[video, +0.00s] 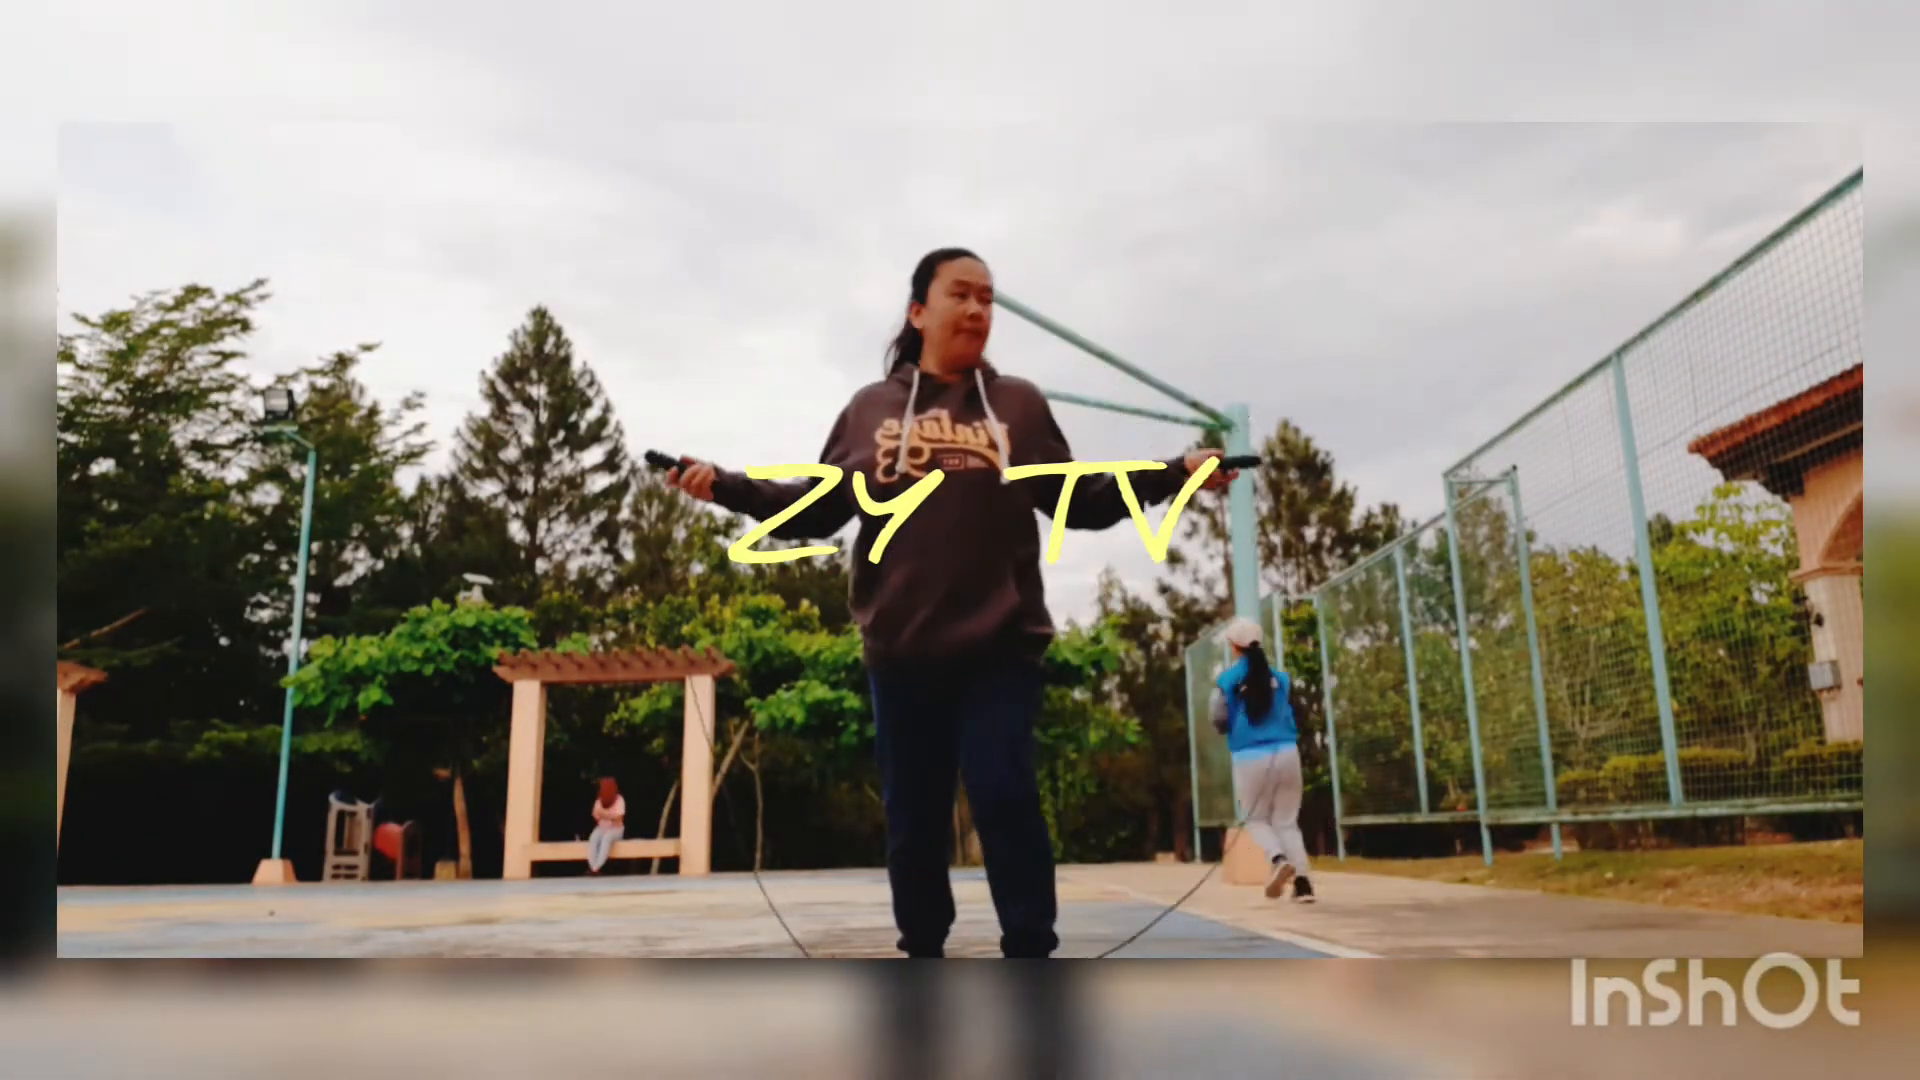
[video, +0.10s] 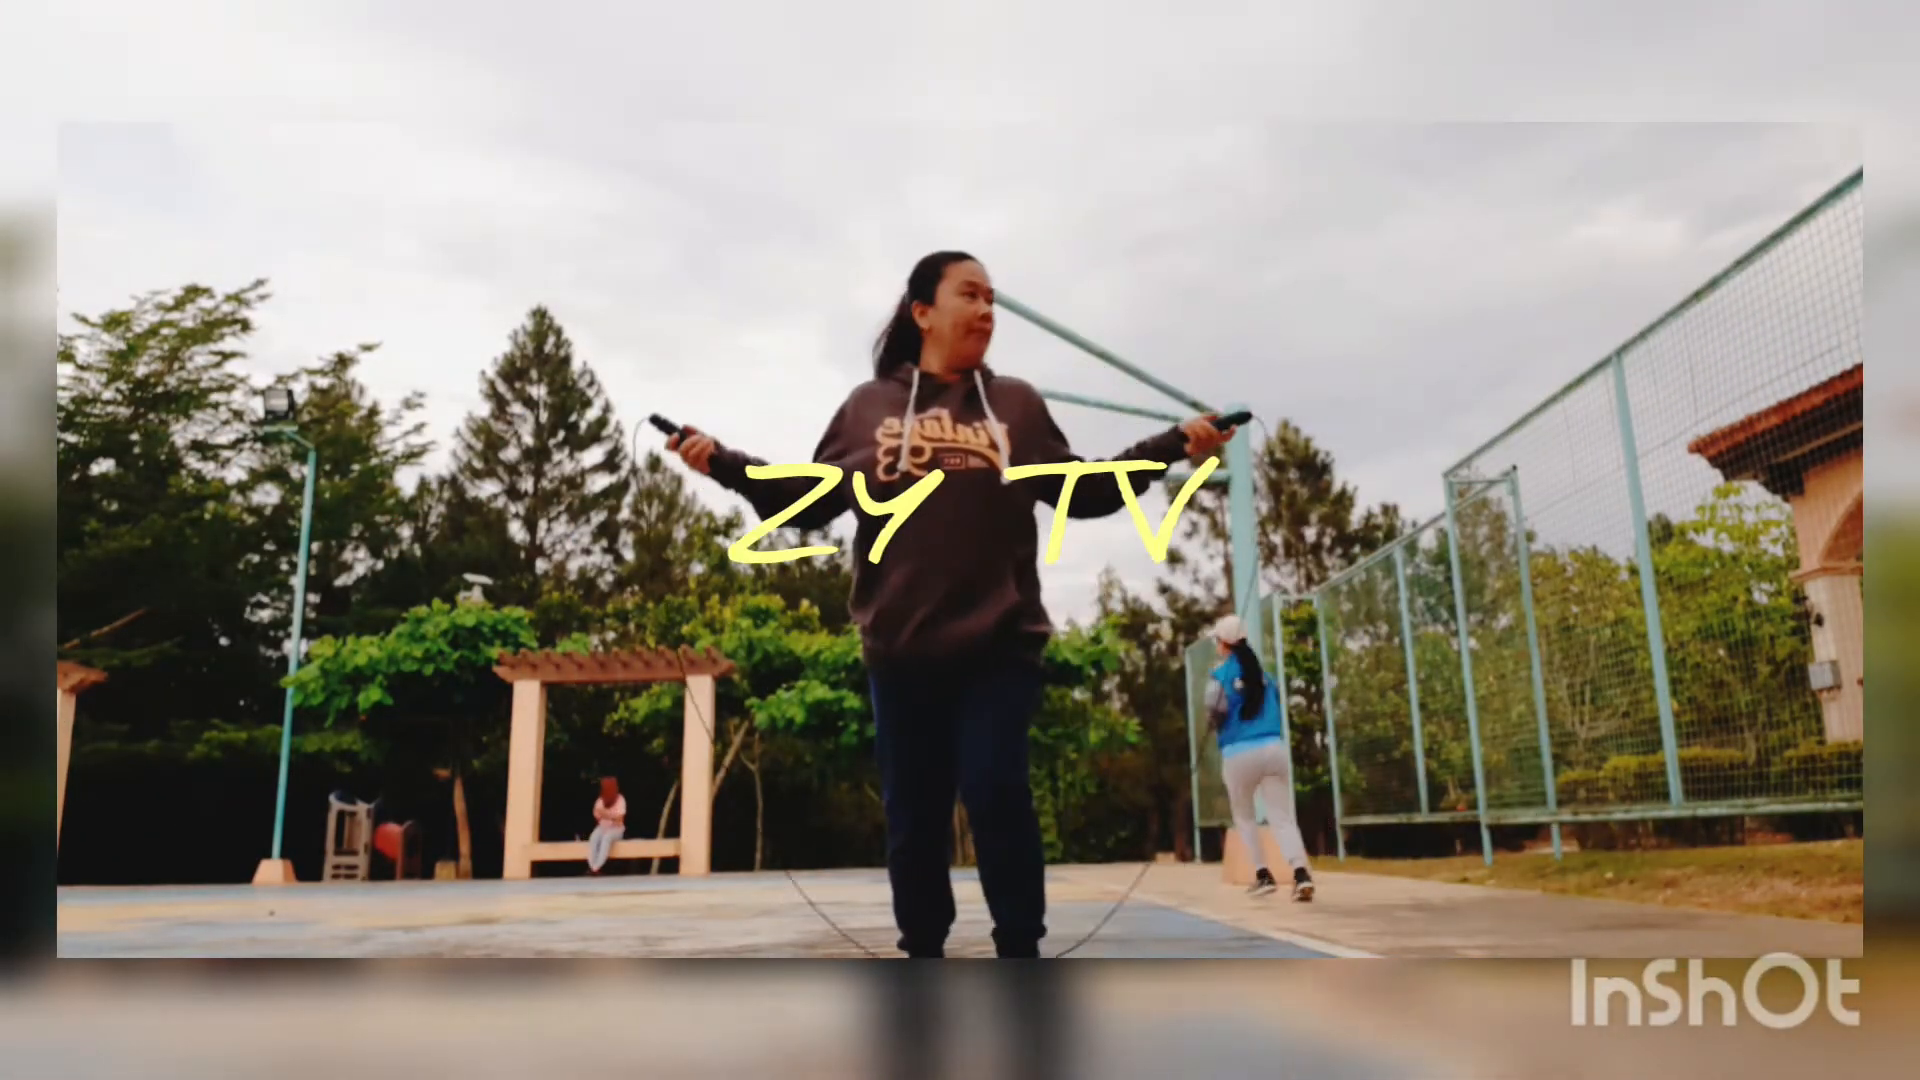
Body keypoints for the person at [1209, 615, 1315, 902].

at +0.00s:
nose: (1229, 649)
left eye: (1230, 645)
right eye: (1231, 645)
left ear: (1234, 648)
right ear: (1258, 645)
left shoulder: (1226, 680)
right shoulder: (1280, 677)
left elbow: (1218, 717)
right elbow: (1285, 707)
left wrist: (1232, 731)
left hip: (1250, 754)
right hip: (1287, 748)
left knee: (1254, 817)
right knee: (1287, 820)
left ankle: (1278, 860)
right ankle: (1301, 877)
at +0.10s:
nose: (1216, 647)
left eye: (1217, 642)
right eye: (1217, 642)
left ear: (1222, 644)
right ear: (1244, 642)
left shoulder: (1220, 675)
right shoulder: (1265, 674)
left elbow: (1213, 710)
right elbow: (1275, 711)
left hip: (1239, 750)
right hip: (1273, 744)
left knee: (1244, 817)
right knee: (1282, 816)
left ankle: (1262, 873)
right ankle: (1301, 870)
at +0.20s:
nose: (1203, 648)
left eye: (1205, 643)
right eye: (1204, 643)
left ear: (1212, 645)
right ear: (1229, 643)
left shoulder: (1212, 675)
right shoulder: (1247, 667)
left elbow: (1209, 712)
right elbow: (1252, 706)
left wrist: (1197, 723)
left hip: (1226, 748)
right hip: (1258, 743)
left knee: (1234, 817)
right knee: (1271, 805)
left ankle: (1244, 874)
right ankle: (1297, 856)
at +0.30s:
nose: (1185, 662)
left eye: (1187, 658)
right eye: (1186, 657)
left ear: (1194, 660)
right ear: (1211, 659)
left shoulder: (1189, 690)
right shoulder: (1230, 683)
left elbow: (1187, 725)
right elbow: (1246, 718)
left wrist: (1176, 736)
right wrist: (1234, 737)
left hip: (1209, 763)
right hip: (1240, 759)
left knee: (1216, 824)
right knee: (1246, 820)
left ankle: (1241, 877)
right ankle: (1273, 852)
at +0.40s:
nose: (1165, 664)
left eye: (1167, 660)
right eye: (1165, 659)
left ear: (1174, 662)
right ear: (1191, 660)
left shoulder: (1165, 691)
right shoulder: (1206, 685)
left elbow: (1156, 728)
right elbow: (1231, 719)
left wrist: (1162, 745)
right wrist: (1212, 735)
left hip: (1188, 759)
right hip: (1218, 755)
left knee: (1207, 818)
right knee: (1211, 816)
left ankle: (1236, 872)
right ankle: (1231, 869)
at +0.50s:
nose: (1149, 663)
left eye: (1151, 659)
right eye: (1150, 658)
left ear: (1159, 661)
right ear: (1174, 660)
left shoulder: (1147, 688)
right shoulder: (1187, 682)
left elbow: (1137, 725)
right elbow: (1214, 715)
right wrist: (1197, 732)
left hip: (1173, 756)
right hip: (1200, 751)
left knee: (1196, 813)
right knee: (1194, 812)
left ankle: (1229, 863)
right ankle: (1197, 869)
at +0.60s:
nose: (1137, 672)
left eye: (1138, 667)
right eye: (1137, 667)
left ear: (1146, 669)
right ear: (1161, 668)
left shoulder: (1134, 697)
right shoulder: (1177, 693)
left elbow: (1123, 729)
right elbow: (1196, 720)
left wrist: (1125, 712)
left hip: (1158, 761)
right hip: (1184, 757)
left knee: (1175, 820)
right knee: (1179, 819)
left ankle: (1212, 854)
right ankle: (1184, 872)